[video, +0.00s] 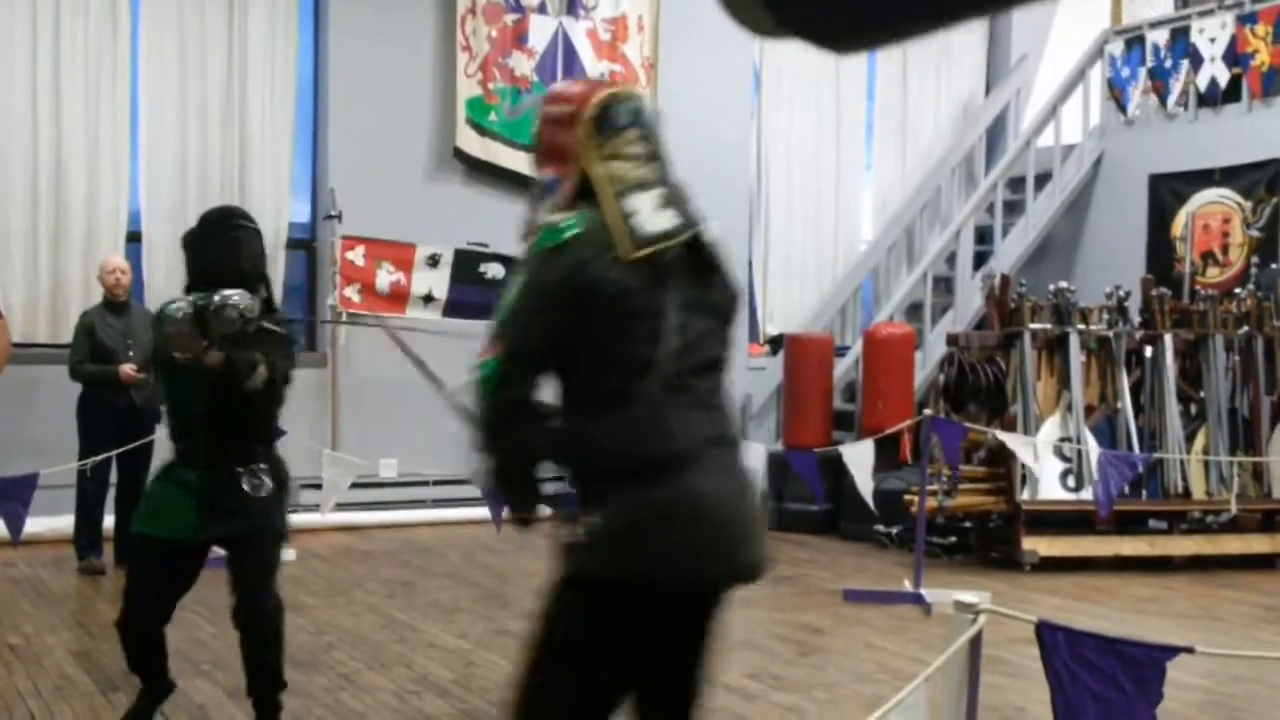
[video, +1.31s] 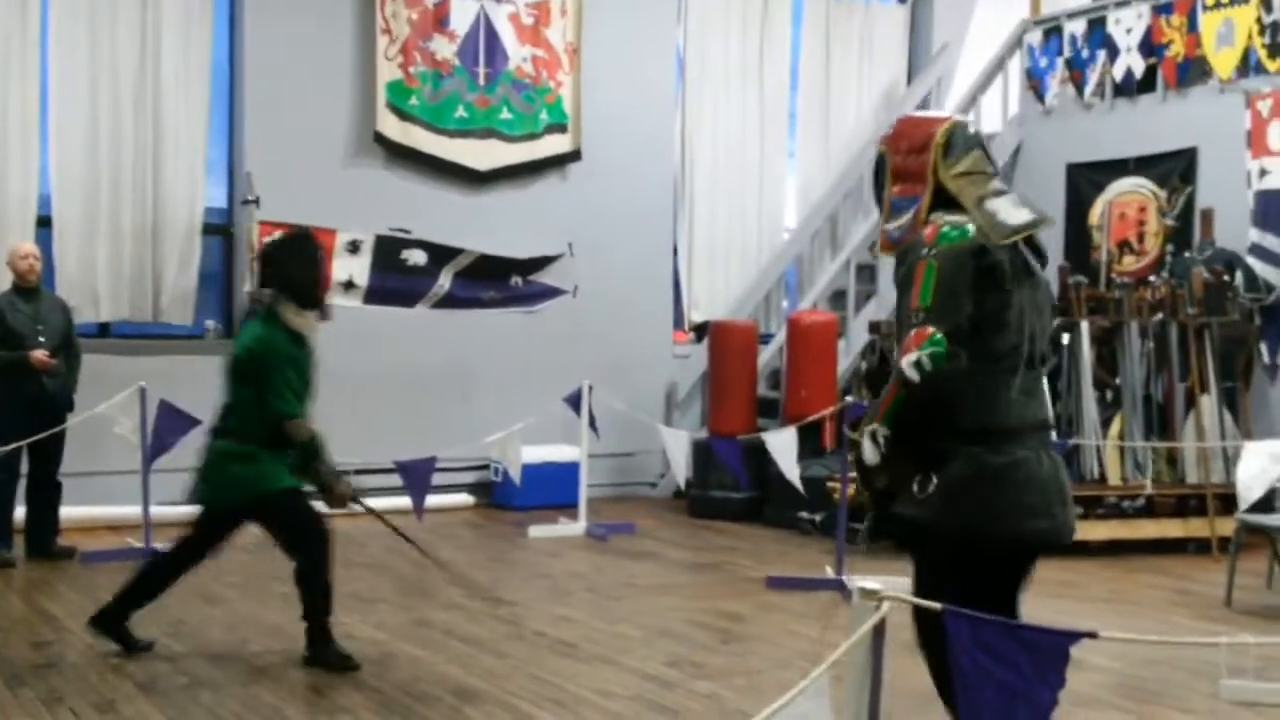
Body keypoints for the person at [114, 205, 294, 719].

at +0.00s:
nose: (220, 279)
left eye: (229, 267)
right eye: (209, 265)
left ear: (249, 268)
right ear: (196, 268)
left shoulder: (270, 337)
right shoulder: (177, 323)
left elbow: (263, 393)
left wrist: (225, 357)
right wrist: (189, 341)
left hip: (254, 480)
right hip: (187, 481)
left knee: (257, 605)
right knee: (140, 609)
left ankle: (267, 708)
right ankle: (155, 684)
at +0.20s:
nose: (223, 273)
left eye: (231, 261)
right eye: (211, 262)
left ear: (241, 260)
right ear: (183, 261)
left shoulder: (248, 322)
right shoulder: (155, 316)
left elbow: (253, 387)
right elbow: (136, 374)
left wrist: (232, 385)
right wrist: (169, 385)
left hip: (224, 458)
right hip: (156, 460)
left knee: (264, 569)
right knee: (134, 589)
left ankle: (224, 650)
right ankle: (157, 693)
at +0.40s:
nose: (222, 264)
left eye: (226, 253)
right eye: (212, 254)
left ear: (231, 261)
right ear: (184, 260)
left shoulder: (238, 329)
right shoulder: (152, 326)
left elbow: (253, 395)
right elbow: (149, 397)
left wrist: (255, 427)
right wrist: (203, 437)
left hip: (216, 461)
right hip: (155, 460)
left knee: (237, 551)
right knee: (137, 561)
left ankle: (201, 609)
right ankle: (152, 683)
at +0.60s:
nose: (246, 262)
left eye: (244, 253)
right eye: (237, 254)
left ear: (209, 264)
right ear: (212, 263)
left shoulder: (232, 323)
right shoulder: (179, 331)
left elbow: (236, 394)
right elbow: (204, 413)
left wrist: (257, 447)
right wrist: (255, 455)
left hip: (213, 452)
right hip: (171, 455)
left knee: (215, 548)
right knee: (186, 549)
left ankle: (175, 628)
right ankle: (176, 664)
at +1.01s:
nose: (268, 257)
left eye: (266, 247)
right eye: (261, 248)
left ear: (218, 254)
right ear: (242, 256)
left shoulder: (199, 302)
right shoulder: (225, 320)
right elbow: (237, 397)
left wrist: (243, 439)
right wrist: (250, 445)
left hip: (173, 444)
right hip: (197, 448)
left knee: (153, 541)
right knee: (260, 523)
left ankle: (123, 630)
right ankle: (248, 628)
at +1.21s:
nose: (294, 270)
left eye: (292, 260)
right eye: (287, 261)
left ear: (250, 269)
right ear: (266, 269)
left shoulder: (245, 320)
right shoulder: (244, 331)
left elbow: (251, 401)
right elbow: (258, 411)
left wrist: (277, 453)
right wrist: (285, 460)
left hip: (203, 458)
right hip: (220, 462)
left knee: (161, 543)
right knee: (281, 531)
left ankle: (104, 627)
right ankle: (318, 635)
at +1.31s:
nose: (325, 279)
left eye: (322, 269)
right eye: (319, 270)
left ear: (278, 275)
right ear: (303, 277)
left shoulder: (274, 329)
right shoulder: (276, 340)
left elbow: (281, 417)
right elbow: (288, 422)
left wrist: (313, 464)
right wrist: (326, 477)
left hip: (242, 465)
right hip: (251, 468)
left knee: (197, 544)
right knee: (311, 536)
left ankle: (114, 614)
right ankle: (319, 642)